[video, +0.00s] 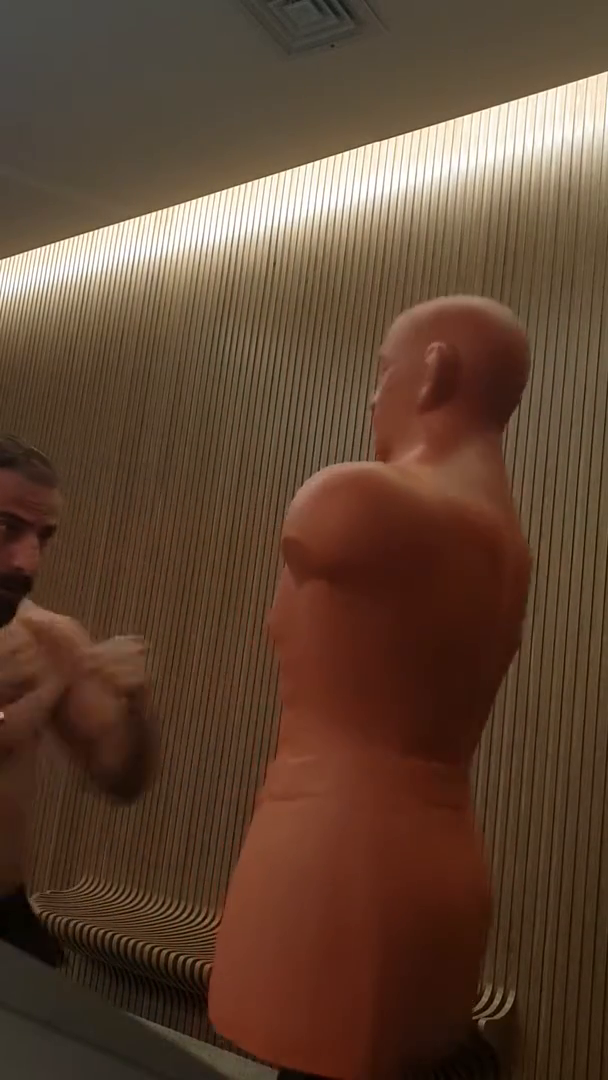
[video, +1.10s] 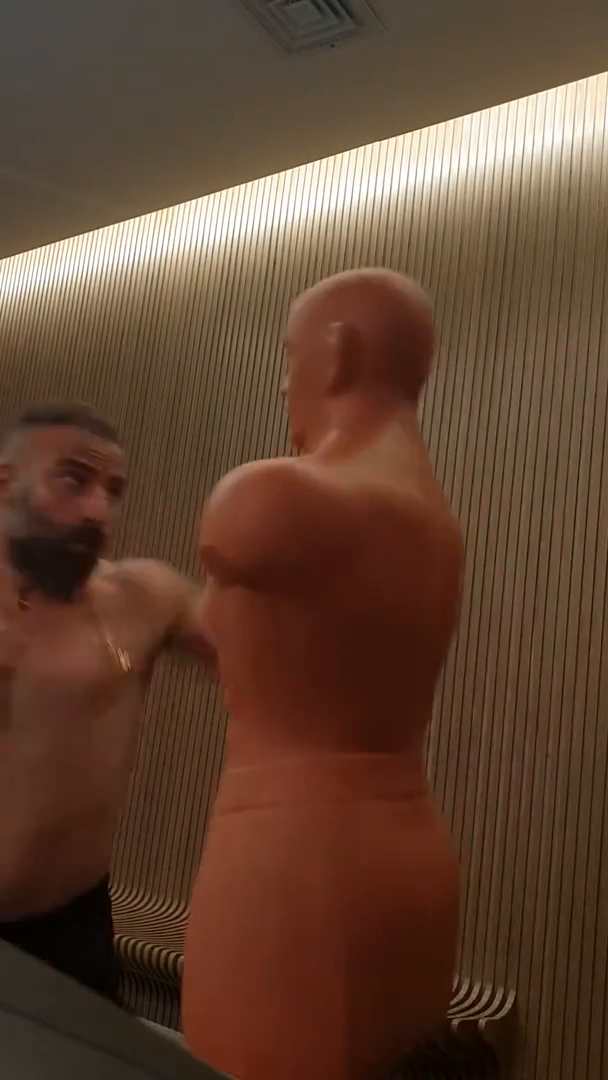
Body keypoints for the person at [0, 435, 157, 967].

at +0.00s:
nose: (28, 560)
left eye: (43, 537)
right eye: (11, 528)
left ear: (51, 539)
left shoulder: (48, 639)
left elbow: (122, 783)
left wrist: (134, 707)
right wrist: (30, 705)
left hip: (9, 913)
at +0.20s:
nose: (125, 572)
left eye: (138, 548)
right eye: (100, 542)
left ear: (148, 553)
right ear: (36, 539)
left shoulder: (120, 663)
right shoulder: (7, 644)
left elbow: (184, 795)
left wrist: (196, 723)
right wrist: (7, 687)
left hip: (34, 951)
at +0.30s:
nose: (156, 574)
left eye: (169, 551)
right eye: (132, 544)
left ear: (179, 558)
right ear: (67, 540)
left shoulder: (149, 652)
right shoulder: (13, 630)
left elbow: (221, 779)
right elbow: (56, 719)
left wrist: (227, 687)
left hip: (67, 955)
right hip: (5, 946)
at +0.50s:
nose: (239, 604)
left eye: (250, 582)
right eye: (219, 574)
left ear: (259, 588)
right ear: (158, 568)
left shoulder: (210, 699)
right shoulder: (47, 658)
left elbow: (263, 824)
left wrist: (314, 738)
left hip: (85, 984)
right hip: (6, 962)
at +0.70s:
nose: (260, 629)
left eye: (269, 610)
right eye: (241, 599)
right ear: (180, 589)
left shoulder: (163, 691)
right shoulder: (122, 661)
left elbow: (197, 831)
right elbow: (9, 773)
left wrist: (242, 727)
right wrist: (165, 834)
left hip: (50, 978)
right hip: (15, 970)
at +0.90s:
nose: (182, 607)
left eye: (190, 585)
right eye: (158, 575)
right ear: (88, 577)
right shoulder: (29, 658)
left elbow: (144, 860)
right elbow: (142, 787)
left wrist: (193, 727)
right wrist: (268, 693)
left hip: (28, 977)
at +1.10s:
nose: (98, 510)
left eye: (113, 491)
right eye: (73, 480)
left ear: (123, 504)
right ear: (7, 481)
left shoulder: (144, 597)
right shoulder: (7, 599)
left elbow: (264, 658)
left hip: (68, 927)